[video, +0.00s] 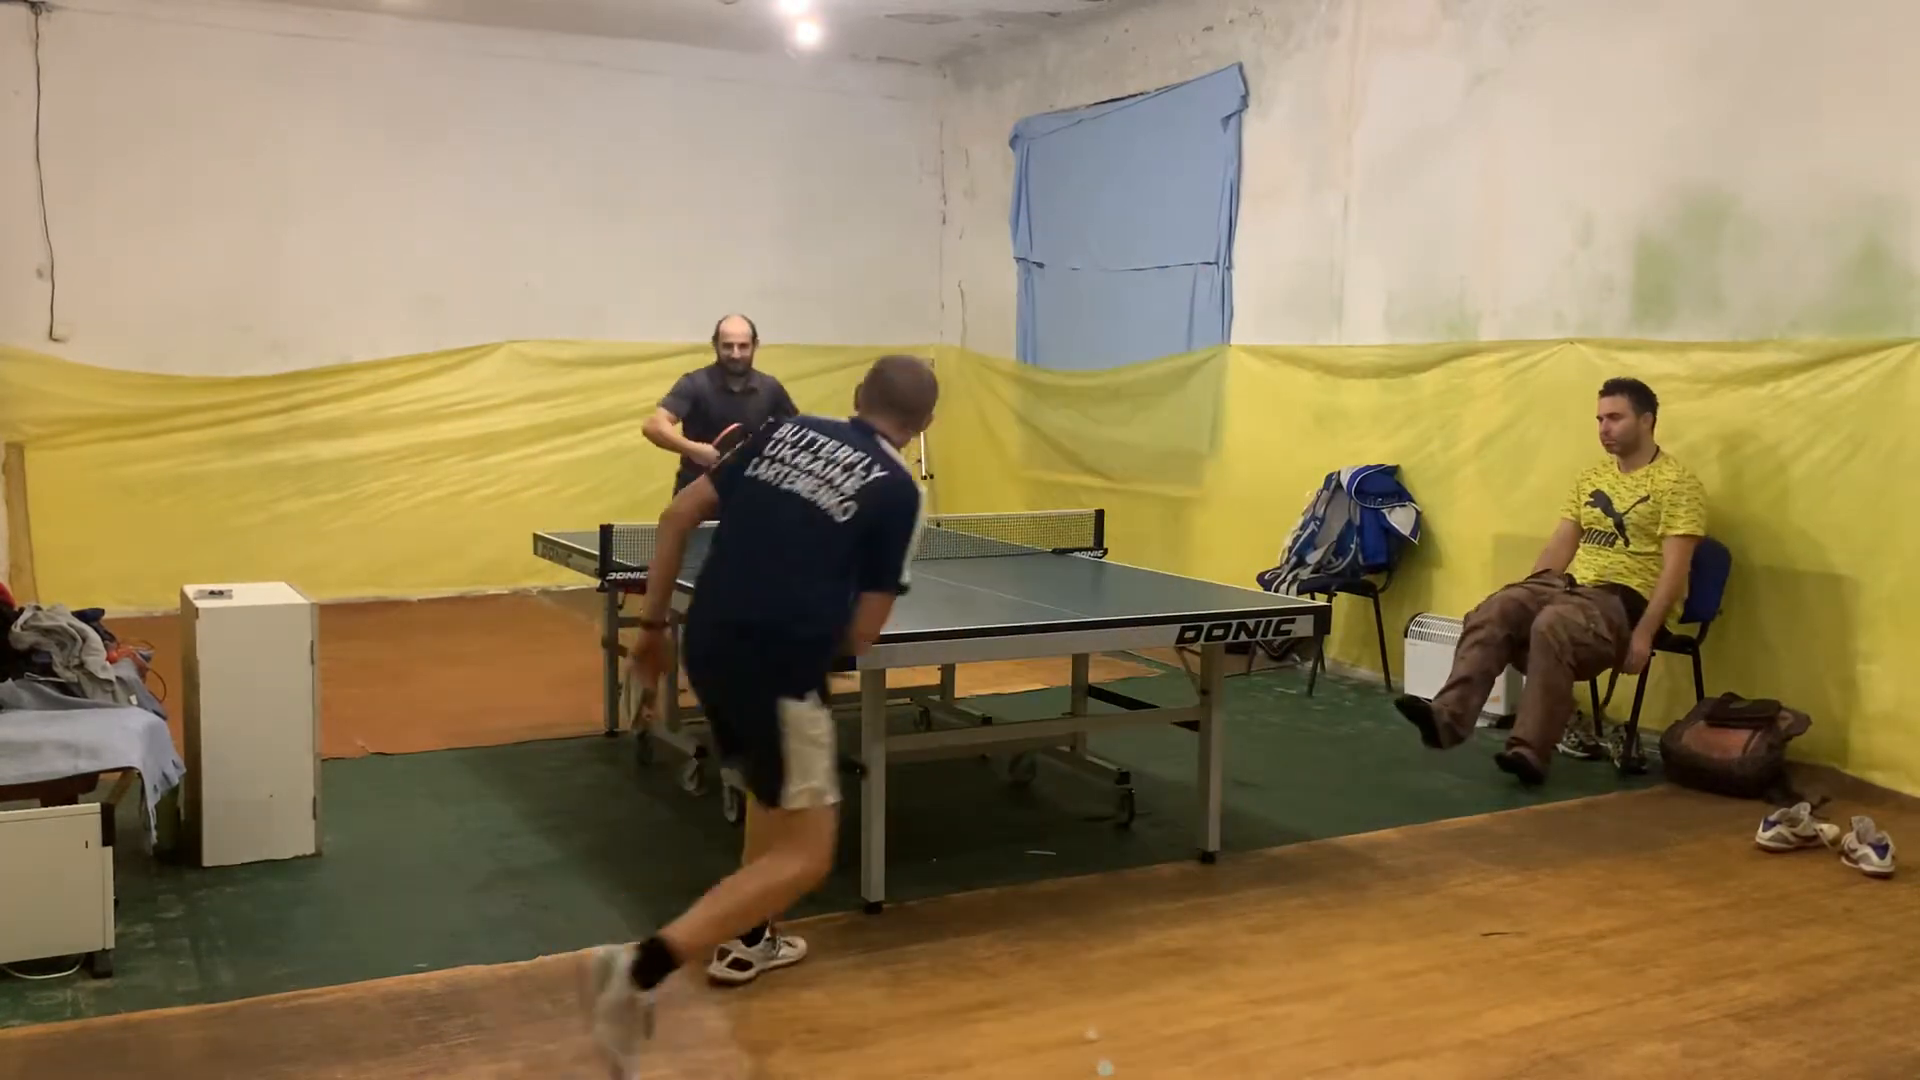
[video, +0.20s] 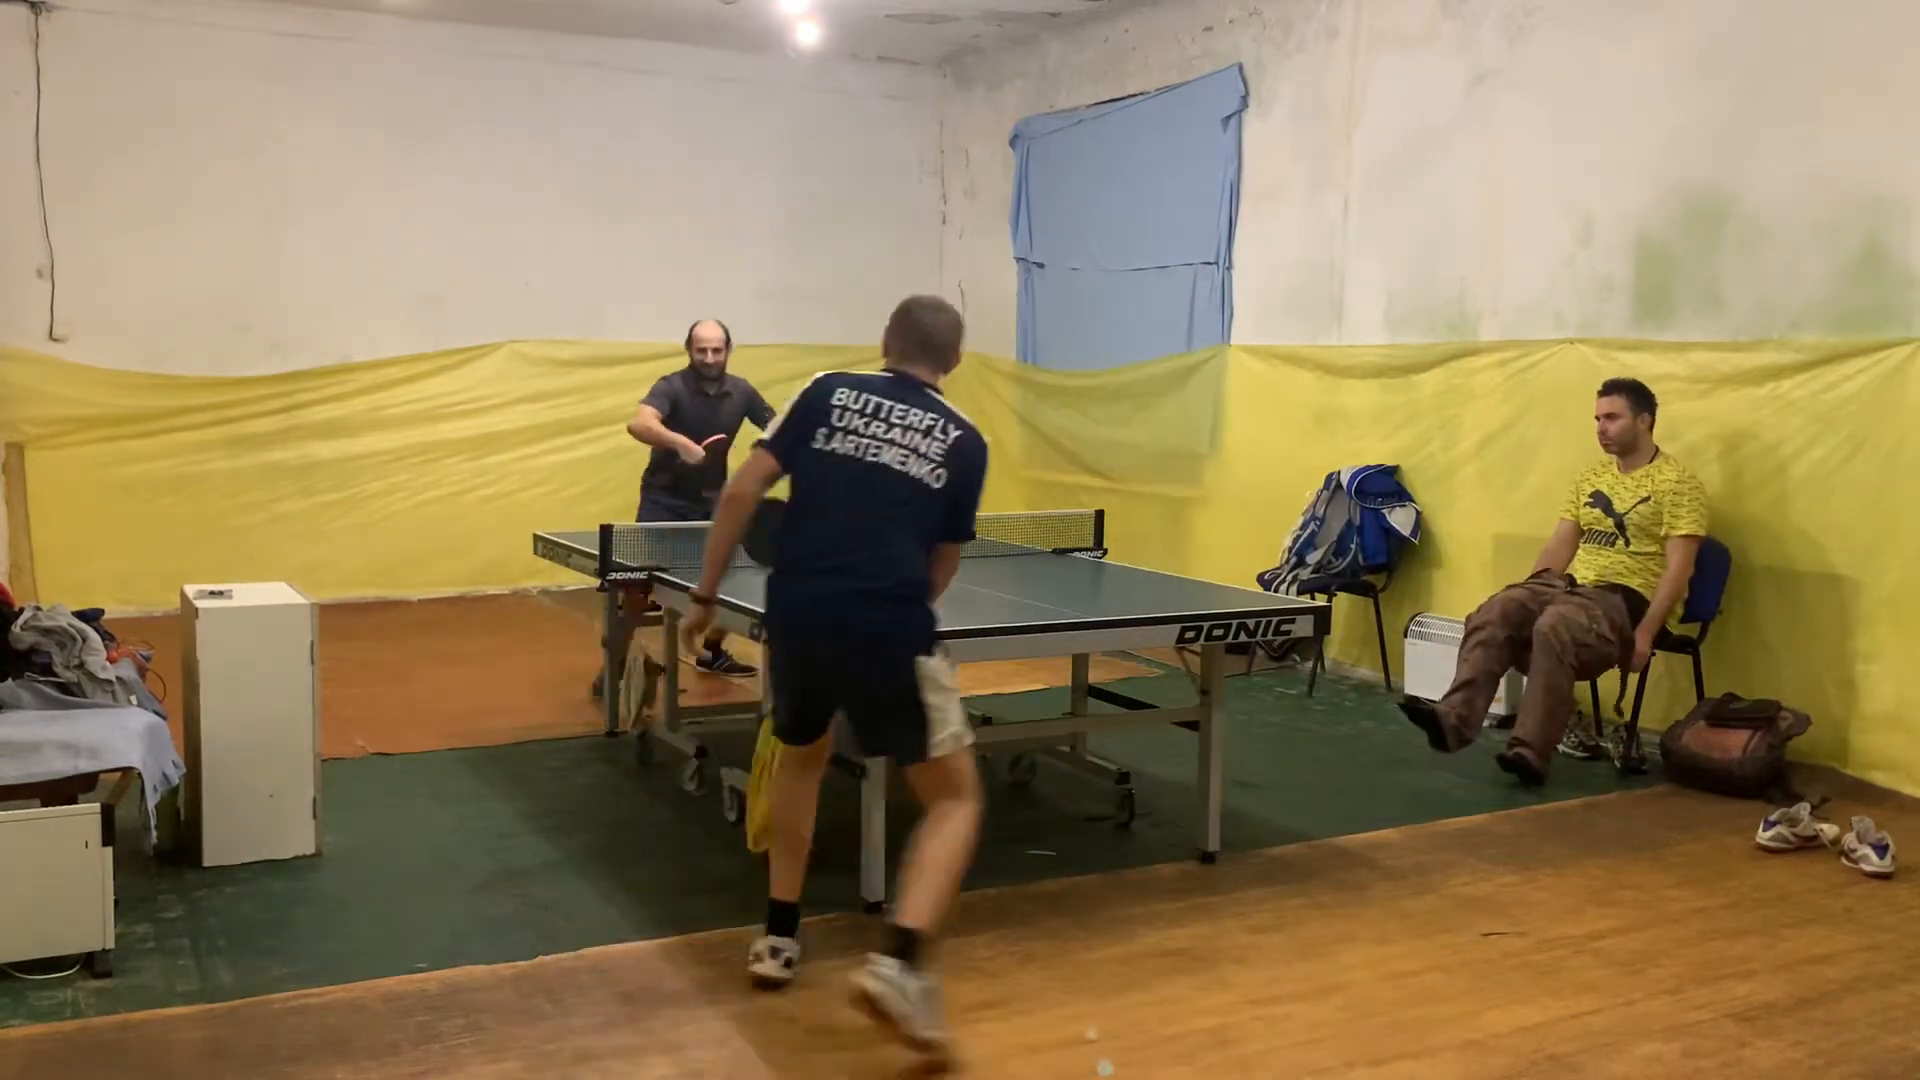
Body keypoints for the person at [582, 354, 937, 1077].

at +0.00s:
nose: (926, 434)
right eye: (928, 424)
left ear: (860, 396)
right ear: (920, 423)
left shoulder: (785, 429)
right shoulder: (896, 490)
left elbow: (678, 516)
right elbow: (866, 629)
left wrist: (654, 622)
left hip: (711, 637)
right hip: (781, 656)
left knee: (768, 792)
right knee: (805, 852)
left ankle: (748, 939)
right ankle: (640, 969)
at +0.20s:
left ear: (886, 344)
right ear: (952, 363)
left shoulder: (829, 391)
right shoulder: (964, 442)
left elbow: (744, 486)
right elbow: (940, 569)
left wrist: (706, 594)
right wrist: (887, 615)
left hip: (797, 620)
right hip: (889, 635)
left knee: (800, 758)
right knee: (953, 797)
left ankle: (779, 938)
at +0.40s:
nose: (961, 366)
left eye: (960, 354)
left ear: (960, 358)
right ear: (1028, 369)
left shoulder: (913, 410)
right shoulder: (1055, 449)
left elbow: (855, 513)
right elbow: (1046, 583)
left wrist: (809, 620)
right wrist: (1001, 633)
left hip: (912, 655)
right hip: (1016, 661)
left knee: (848, 771)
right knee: (1096, 815)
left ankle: (785, 939)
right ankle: (1186, 999)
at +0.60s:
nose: (1030, 343)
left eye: (1032, 332)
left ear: (1038, 335)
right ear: (1108, 344)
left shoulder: (1008, 397)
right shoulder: (1155, 414)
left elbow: (966, 513)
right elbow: (1173, 560)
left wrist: (930, 597)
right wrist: (1108, 585)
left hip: (1038, 643)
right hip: (1141, 644)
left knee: (933, 792)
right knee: (1191, 790)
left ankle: (865, 973)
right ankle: (1224, 977)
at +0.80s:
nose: (1090, 383)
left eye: (1093, 372)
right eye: (1095, 373)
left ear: (1103, 375)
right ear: (1171, 384)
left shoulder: (1075, 440)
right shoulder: (1219, 455)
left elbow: (1031, 566)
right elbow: (1249, 584)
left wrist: (1003, 625)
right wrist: (1203, 624)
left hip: (1113, 689)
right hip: (1220, 689)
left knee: (1003, 827)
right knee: (1274, 823)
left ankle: (966, 1029)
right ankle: (1371, 1006)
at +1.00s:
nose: (1075, 430)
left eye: (1076, 418)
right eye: (1077, 419)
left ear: (1090, 417)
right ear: (1149, 426)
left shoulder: (1083, 464)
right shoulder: (1192, 478)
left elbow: (1051, 597)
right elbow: (1202, 587)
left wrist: (984, 628)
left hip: (1140, 700)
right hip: (1240, 693)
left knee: (995, 821)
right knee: (1268, 834)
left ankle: (966, 1034)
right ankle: (1373, 1008)